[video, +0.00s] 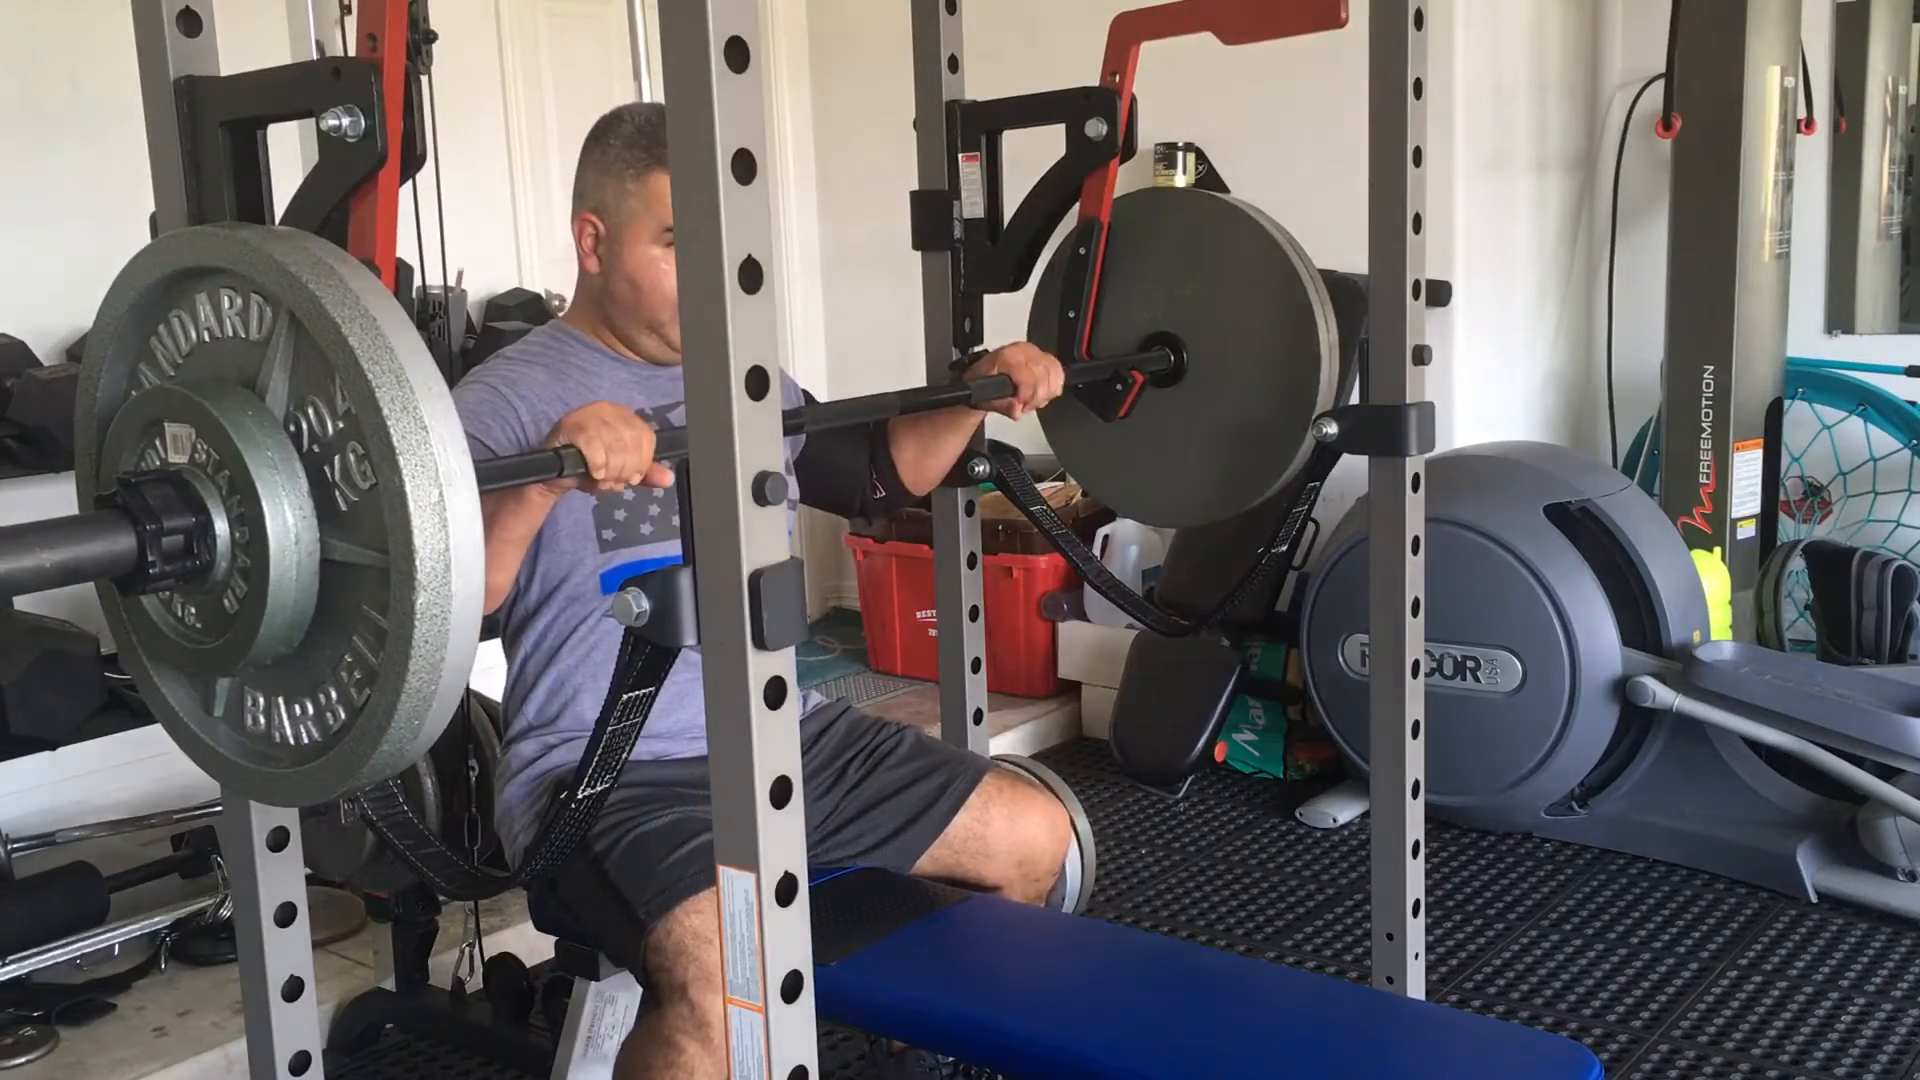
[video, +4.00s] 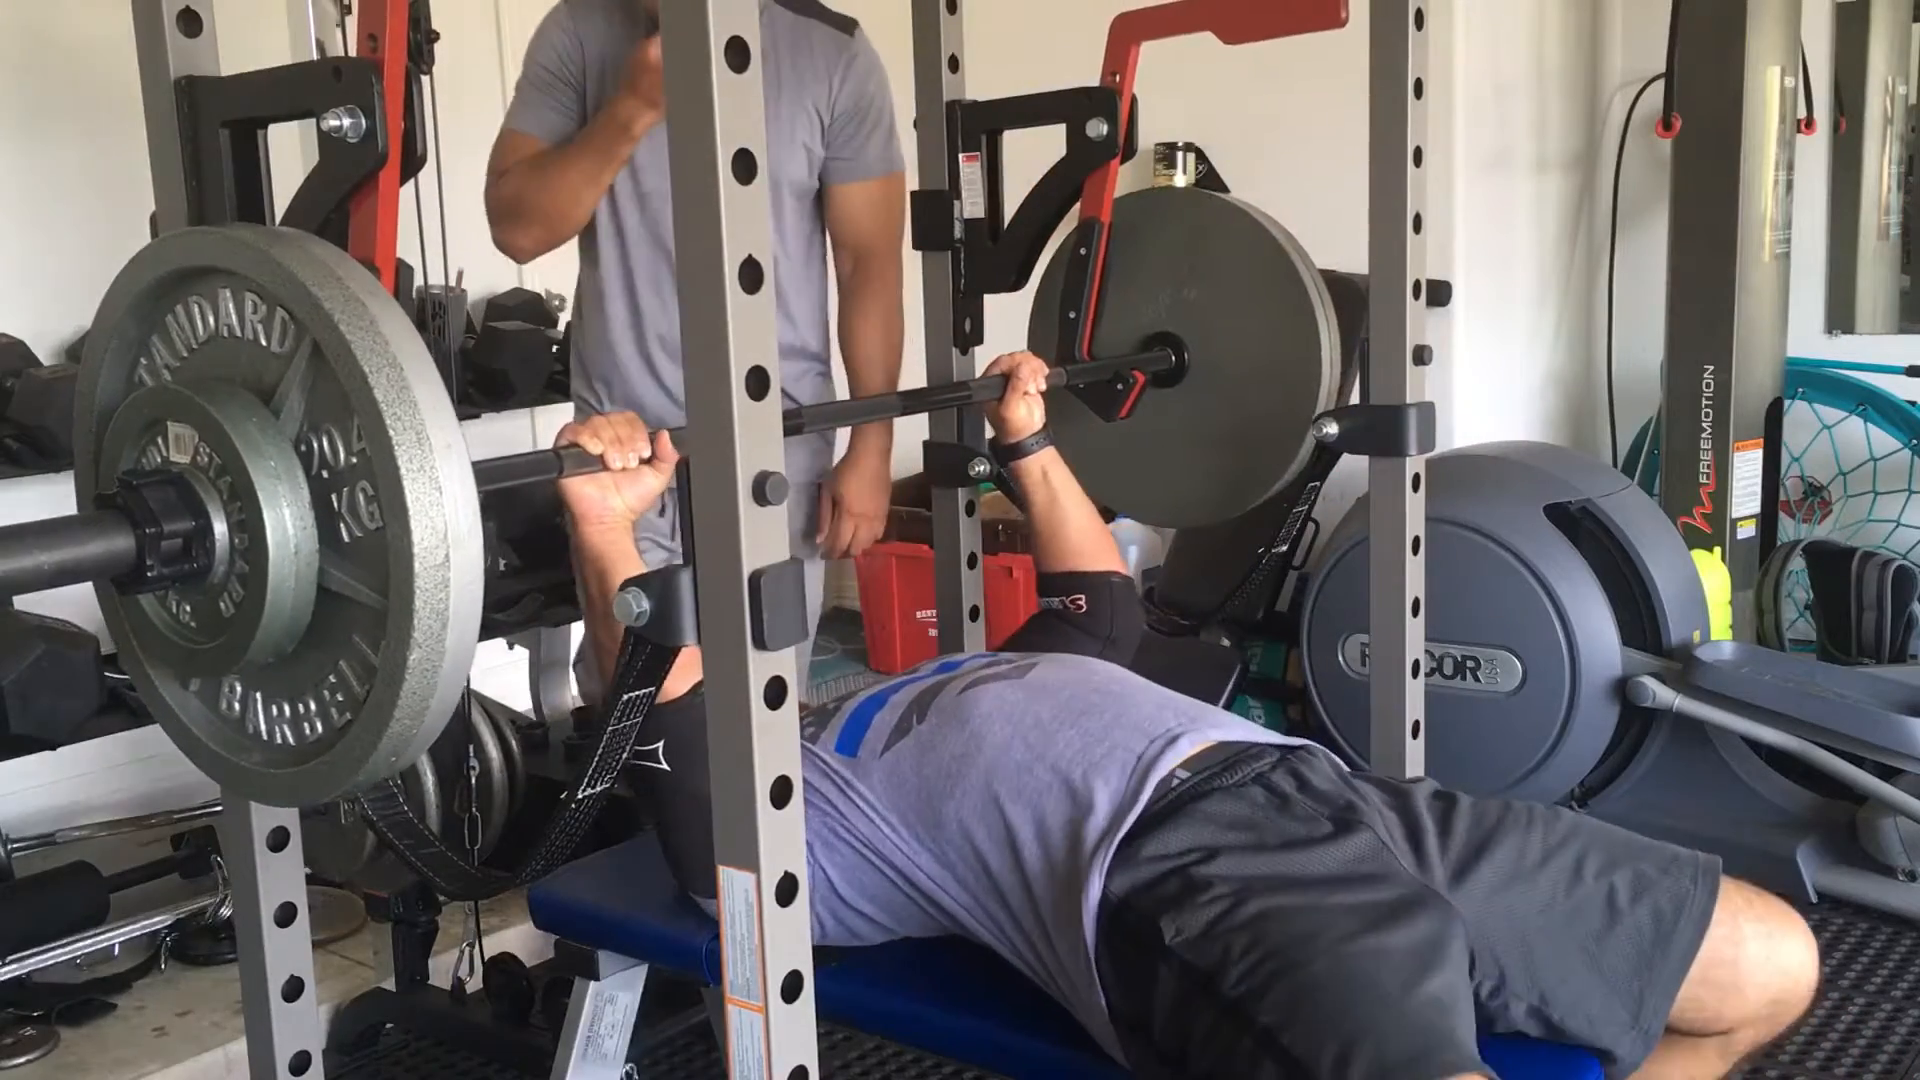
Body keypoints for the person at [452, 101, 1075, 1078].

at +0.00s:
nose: (705, 267)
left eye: (715, 240)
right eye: (674, 241)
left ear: (737, 245)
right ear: (591, 245)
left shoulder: (740, 378)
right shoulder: (506, 397)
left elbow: (879, 478)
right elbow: (462, 606)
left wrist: (978, 392)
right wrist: (552, 464)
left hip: (777, 736)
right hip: (608, 770)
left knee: (1032, 833)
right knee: (725, 957)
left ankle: (980, 1045)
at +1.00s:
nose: (665, 211)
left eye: (671, 187)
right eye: (624, 188)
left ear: (691, 204)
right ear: (543, 222)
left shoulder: (722, 347)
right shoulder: (480, 380)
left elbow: (848, 478)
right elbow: (440, 597)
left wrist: (957, 404)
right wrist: (523, 485)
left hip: (808, 731)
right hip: (625, 776)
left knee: (1049, 845)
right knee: (761, 954)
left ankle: (1189, 1060)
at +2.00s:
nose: (611, 456)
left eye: (610, 432)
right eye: (561, 444)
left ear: (633, 443)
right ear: (501, 493)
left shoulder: (753, 530)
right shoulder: (565, 619)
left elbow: (947, 585)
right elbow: (521, 717)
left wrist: (962, 425)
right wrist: (518, 520)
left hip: (1056, 697)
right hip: (924, 773)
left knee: (1387, 912)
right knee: (1112, 1035)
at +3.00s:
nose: (842, 667)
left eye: (835, 660)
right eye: (811, 685)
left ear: (883, 666)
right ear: (790, 750)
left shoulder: (1066, 668)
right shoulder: (877, 811)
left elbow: (1151, 577)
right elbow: (732, 759)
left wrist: (1037, 445)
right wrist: (640, 562)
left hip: (1478, 792)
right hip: (1325, 864)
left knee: (1853, 1055)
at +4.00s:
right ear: (731, 732)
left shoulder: (1025, 679)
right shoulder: (813, 804)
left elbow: (1104, 605)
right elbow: (671, 754)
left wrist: (1023, 447)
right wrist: (605, 560)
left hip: (1333, 783)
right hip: (1192, 862)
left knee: (1777, 960)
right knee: (1416, 1009)